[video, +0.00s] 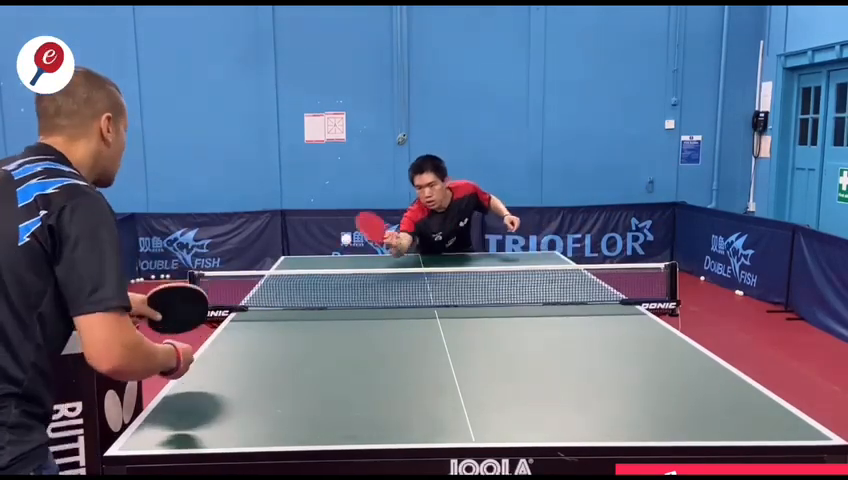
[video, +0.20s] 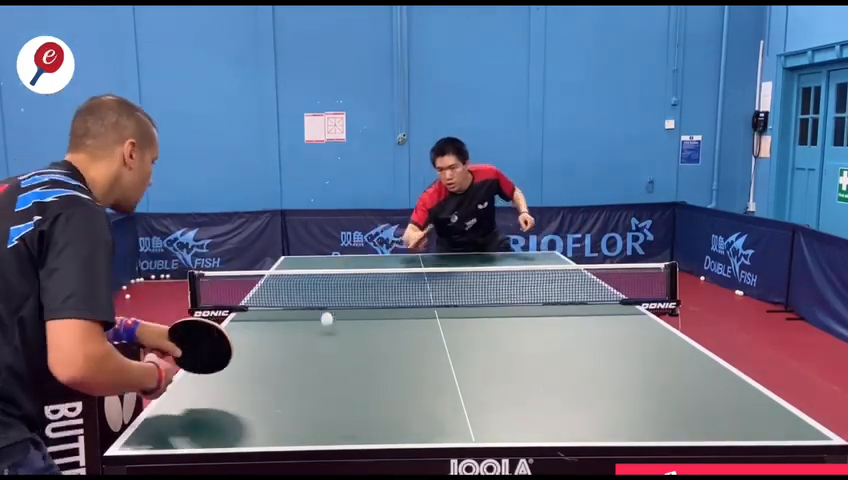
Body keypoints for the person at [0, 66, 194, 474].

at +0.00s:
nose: (123, 149)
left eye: (126, 135)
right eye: (124, 134)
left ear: (48, 125)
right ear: (106, 128)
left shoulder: (8, 174)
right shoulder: (77, 202)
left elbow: (30, 294)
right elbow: (112, 353)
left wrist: (116, 303)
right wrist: (168, 357)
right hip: (15, 442)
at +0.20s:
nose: (150, 181)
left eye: (154, 168)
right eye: (152, 165)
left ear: (79, 146)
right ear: (129, 154)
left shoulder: (16, 193)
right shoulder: (77, 211)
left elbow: (34, 314)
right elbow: (75, 360)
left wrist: (134, 331)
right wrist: (147, 375)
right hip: (12, 441)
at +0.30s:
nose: (165, 193)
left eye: (169, 180)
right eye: (166, 177)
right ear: (142, 166)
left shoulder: (38, 195)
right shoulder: (75, 217)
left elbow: (61, 317)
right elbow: (45, 360)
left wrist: (151, 325)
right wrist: (132, 381)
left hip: (16, 429)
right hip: (10, 438)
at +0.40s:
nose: (176, 204)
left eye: (179, 190)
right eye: (176, 187)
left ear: (146, 177)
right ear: (148, 176)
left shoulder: (82, 224)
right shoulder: (64, 226)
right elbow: (16, 360)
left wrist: (198, 319)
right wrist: (110, 386)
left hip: (18, 416)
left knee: (63, 470)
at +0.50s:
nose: (173, 205)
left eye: (176, 191)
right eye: (172, 189)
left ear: (139, 180)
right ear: (141, 179)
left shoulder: (102, 236)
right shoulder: (42, 229)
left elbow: (174, 298)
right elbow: (2, 354)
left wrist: (267, 311)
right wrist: (84, 387)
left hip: (16, 406)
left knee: (64, 472)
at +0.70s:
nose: (128, 161)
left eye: (128, 146)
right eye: (124, 145)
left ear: (89, 141)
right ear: (90, 140)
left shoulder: (62, 209)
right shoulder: (9, 208)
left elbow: (126, 261)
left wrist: (223, 280)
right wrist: (46, 373)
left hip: (5, 405)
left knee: (40, 471)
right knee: (34, 466)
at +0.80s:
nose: (83, 135)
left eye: (82, 120)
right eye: (77, 118)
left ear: (43, 117)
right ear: (43, 117)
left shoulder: (19, 199)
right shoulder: (4, 203)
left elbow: (43, 274)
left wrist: (138, 285)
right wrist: (28, 373)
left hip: (3, 416)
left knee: (29, 469)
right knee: (25, 466)